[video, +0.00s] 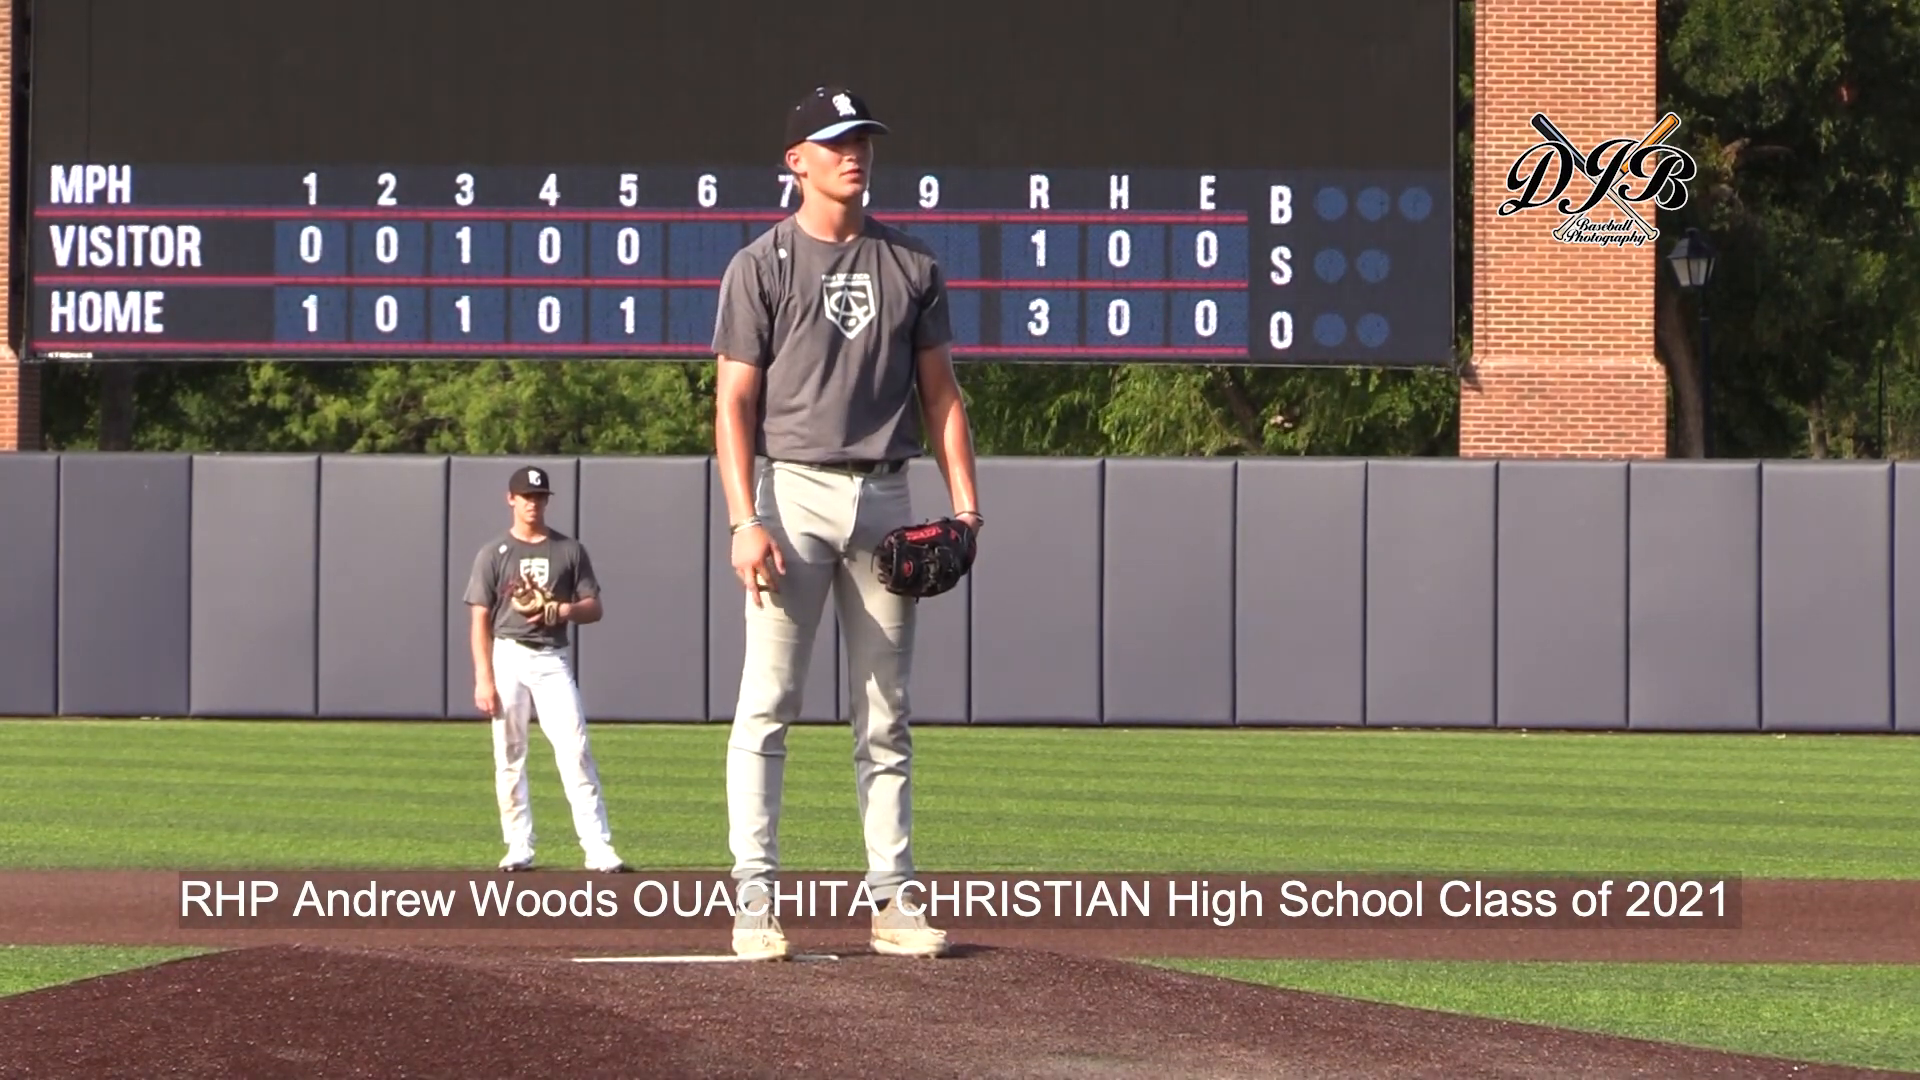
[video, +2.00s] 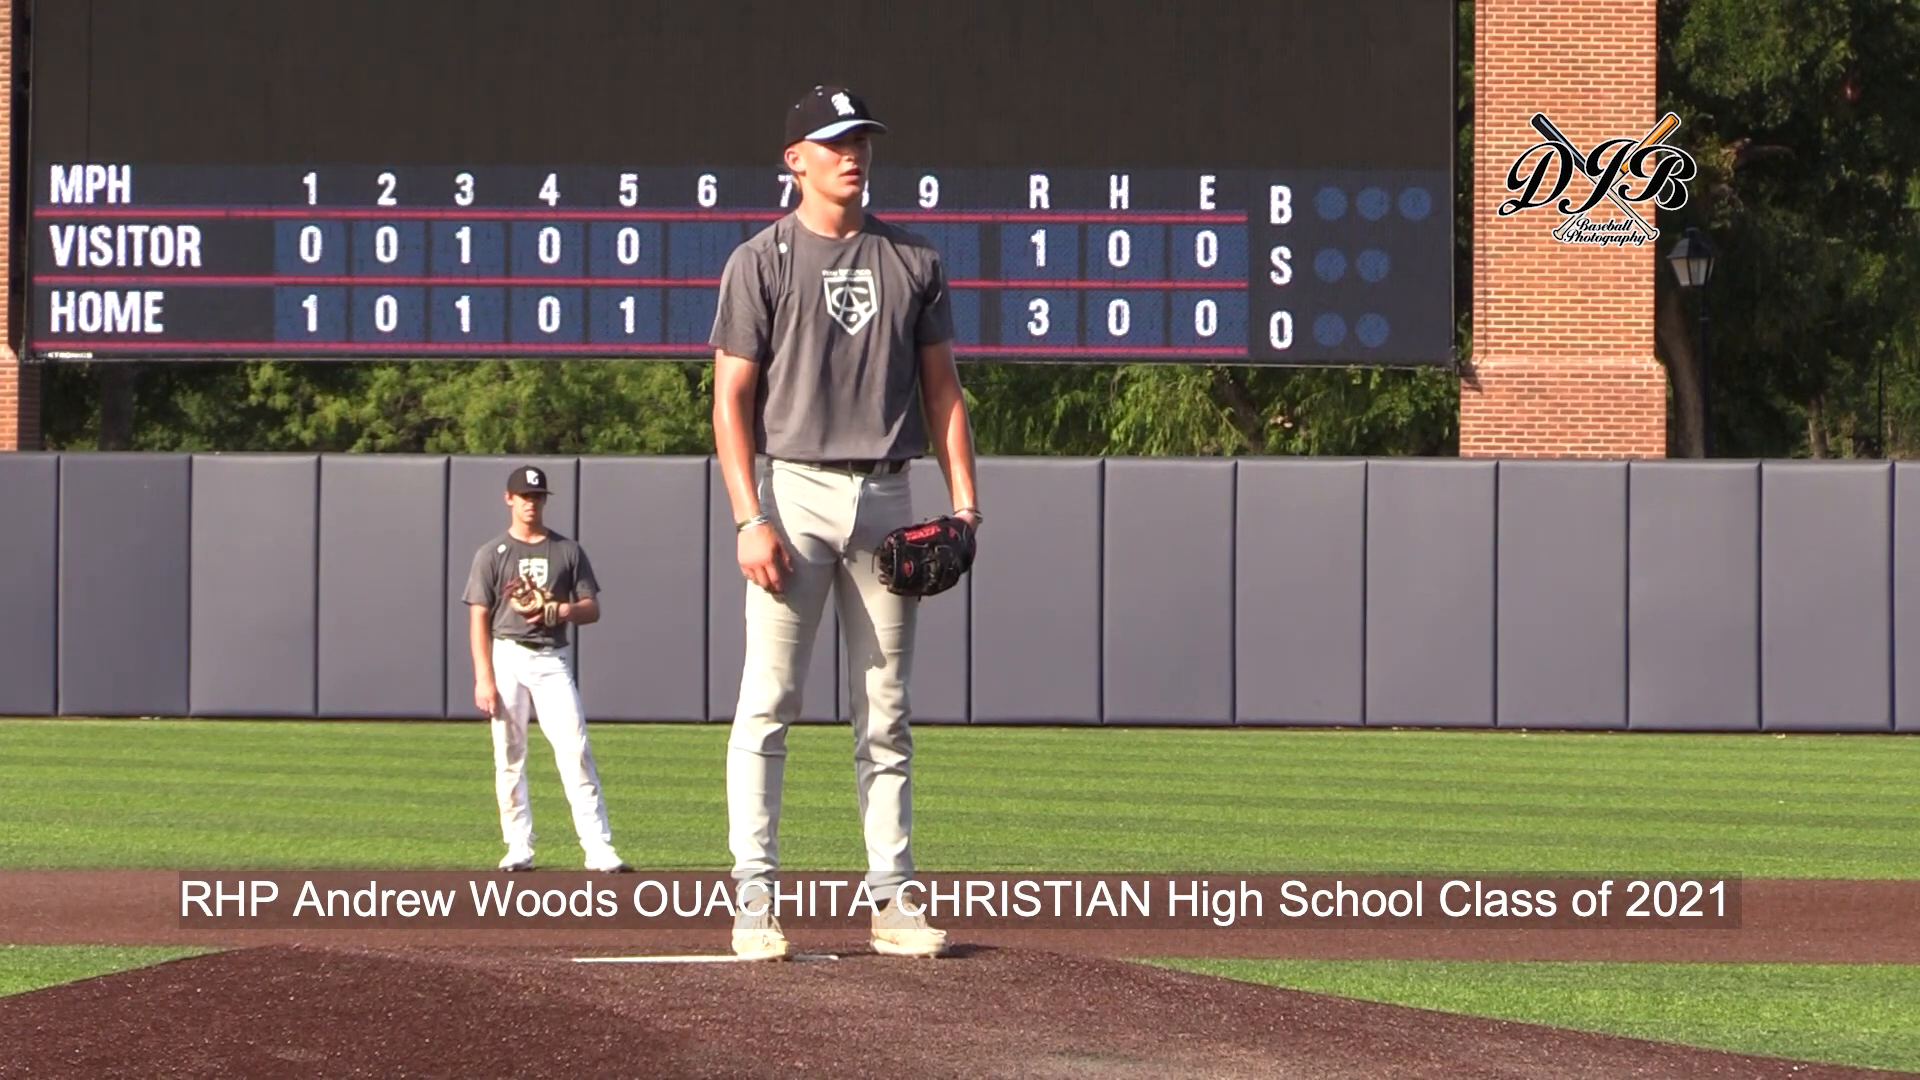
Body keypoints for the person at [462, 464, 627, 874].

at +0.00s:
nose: (534, 504)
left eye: (540, 497)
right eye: (527, 497)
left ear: (548, 500)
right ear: (511, 500)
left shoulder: (571, 550)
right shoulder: (492, 555)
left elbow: (593, 608)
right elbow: (480, 622)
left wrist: (560, 610)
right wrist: (484, 680)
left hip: (552, 658)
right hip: (505, 656)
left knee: (576, 749)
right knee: (509, 756)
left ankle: (599, 852)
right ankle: (519, 850)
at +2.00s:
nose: (532, 504)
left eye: (538, 497)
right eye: (525, 497)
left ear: (546, 500)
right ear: (509, 500)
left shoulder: (569, 551)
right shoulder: (491, 555)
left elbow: (591, 610)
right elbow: (479, 620)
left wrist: (558, 609)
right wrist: (483, 678)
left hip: (552, 658)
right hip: (505, 657)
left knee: (576, 750)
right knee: (509, 757)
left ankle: (600, 852)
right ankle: (519, 851)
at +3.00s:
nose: (536, 501)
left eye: (542, 494)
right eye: (529, 494)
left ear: (550, 498)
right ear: (514, 497)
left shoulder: (573, 547)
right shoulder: (493, 550)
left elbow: (594, 598)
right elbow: (478, 610)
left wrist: (571, 616)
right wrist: (487, 668)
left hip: (559, 657)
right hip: (512, 656)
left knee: (579, 742)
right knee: (513, 756)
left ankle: (585, 842)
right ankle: (519, 848)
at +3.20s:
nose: (544, 503)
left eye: (549, 496)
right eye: (536, 496)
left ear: (557, 499)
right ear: (521, 499)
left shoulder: (581, 550)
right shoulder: (502, 552)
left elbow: (598, 598)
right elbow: (484, 612)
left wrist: (580, 623)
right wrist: (494, 670)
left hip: (566, 659)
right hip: (519, 659)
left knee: (566, 755)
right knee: (519, 757)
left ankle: (572, 851)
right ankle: (518, 850)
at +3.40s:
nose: (557, 502)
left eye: (563, 495)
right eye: (550, 495)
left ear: (571, 498)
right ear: (536, 497)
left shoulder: (594, 550)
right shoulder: (515, 550)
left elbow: (618, 599)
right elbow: (500, 610)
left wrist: (594, 620)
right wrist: (506, 669)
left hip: (578, 661)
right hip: (531, 659)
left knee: (575, 760)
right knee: (526, 759)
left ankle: (576, 854)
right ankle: (520, 850)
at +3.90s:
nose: (585, 504)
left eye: (591, 497)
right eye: (578, 497)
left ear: (600, 499)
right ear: (564, 497)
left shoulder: (616, 554)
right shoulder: (539, 545)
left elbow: (634, 610)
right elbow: (518, 603)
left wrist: (607, 621)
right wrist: (519, 662)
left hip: (594, 659)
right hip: (548, 655)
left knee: (587, 757)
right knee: (536, 751)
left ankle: (578, 850)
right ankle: (524, 839)